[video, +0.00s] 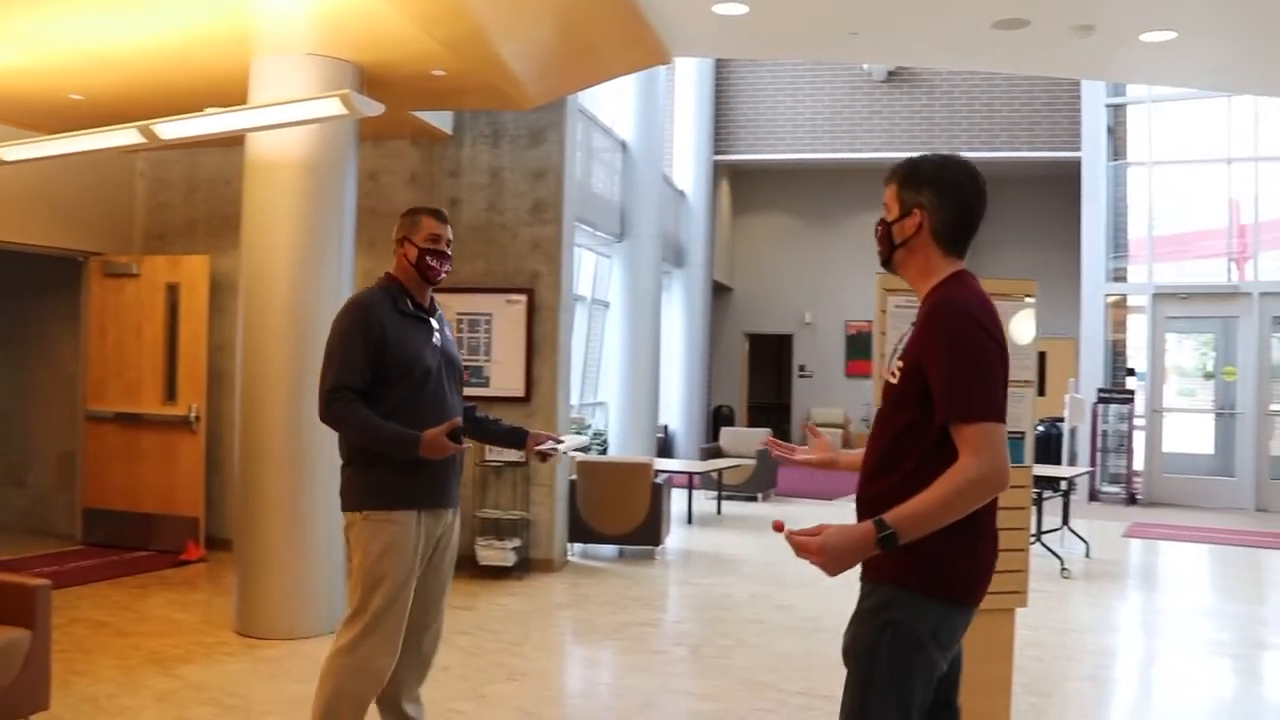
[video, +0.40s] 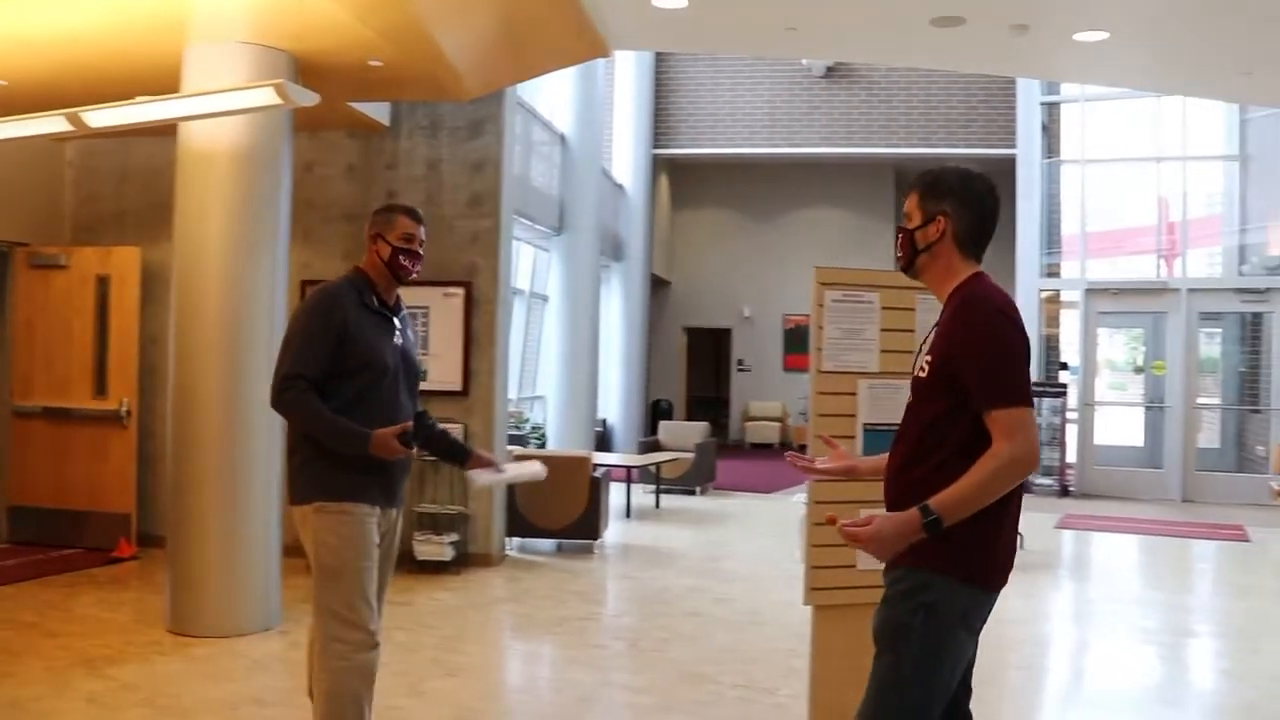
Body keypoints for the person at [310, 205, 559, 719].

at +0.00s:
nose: (443, 257)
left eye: (448, 249)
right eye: (433, 247)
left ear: (451, 255)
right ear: (402, 247)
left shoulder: (435, 320)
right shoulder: (365, 311)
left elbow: (452, 411)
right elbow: (335, 404)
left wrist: (521, 438)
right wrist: (415, 441)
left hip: (439, 504)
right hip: (386, 504)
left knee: (419, 638)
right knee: (372, 640)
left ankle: (402, 711)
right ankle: (333, 716)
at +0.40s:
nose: (414, 254)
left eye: (420, 247)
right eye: (406, 244)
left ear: (421, 254)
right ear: (374, 243)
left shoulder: (395, 317)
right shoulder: (331, 303)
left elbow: (406, 413)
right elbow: (287, 392)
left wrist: (465, 454)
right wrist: (365, 440)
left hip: (382, 497)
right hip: (337, 496)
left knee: (352, 634)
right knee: (352, 636)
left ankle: (339, 713)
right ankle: (345, 718)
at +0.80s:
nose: (377, 249)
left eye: (381, 241)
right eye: (366, 238)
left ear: (381, 246)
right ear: (331, 238)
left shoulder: (353, 311)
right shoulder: (295, 303)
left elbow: (362, 414)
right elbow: (266, 408)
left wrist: (378, 502)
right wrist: (347, 463)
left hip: (337, 499)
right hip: (302, 501)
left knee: (290, 636)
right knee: (320, 650)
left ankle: (275, 716)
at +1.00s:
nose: (368, 242)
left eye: (371, 233)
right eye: (357, 231)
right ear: (319, 233)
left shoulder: (339, 302)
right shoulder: (285, 300)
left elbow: (335, 406)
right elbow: (260, 414)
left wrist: (355, 489)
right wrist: (346, 468)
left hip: (327, 501)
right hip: (296, 502)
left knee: (287, 641)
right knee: (313, 656)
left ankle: (261, 715)